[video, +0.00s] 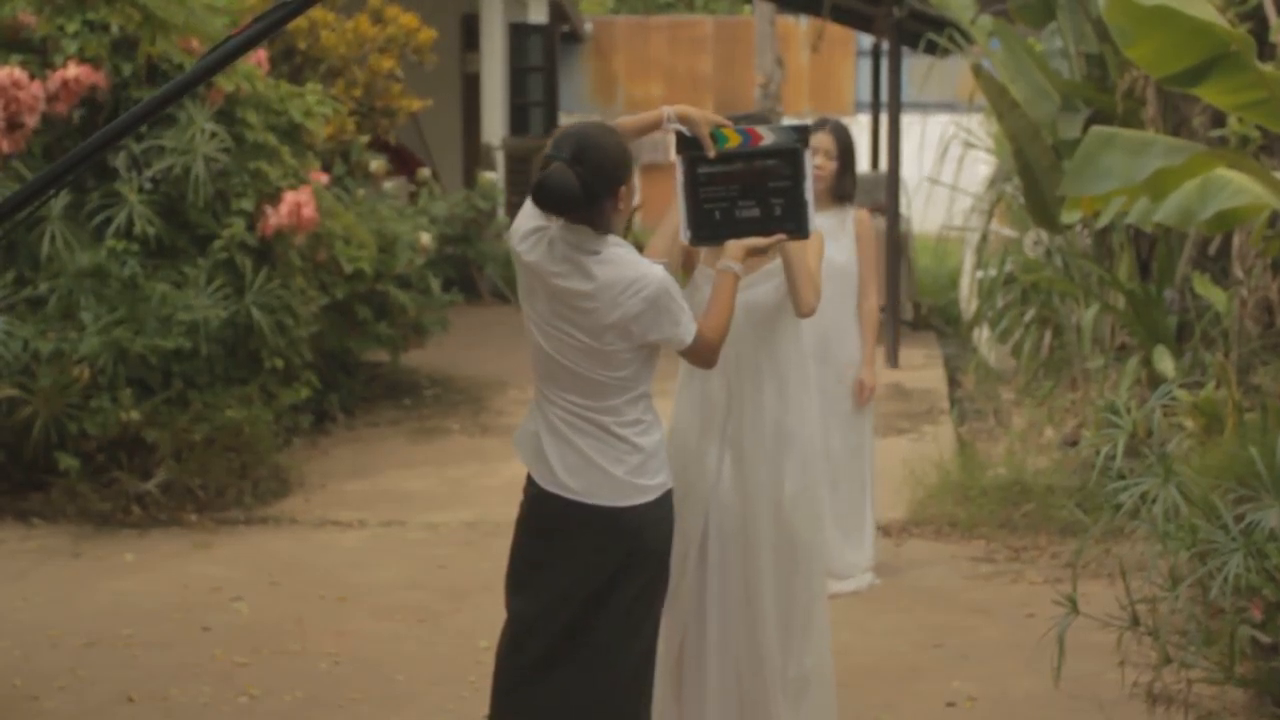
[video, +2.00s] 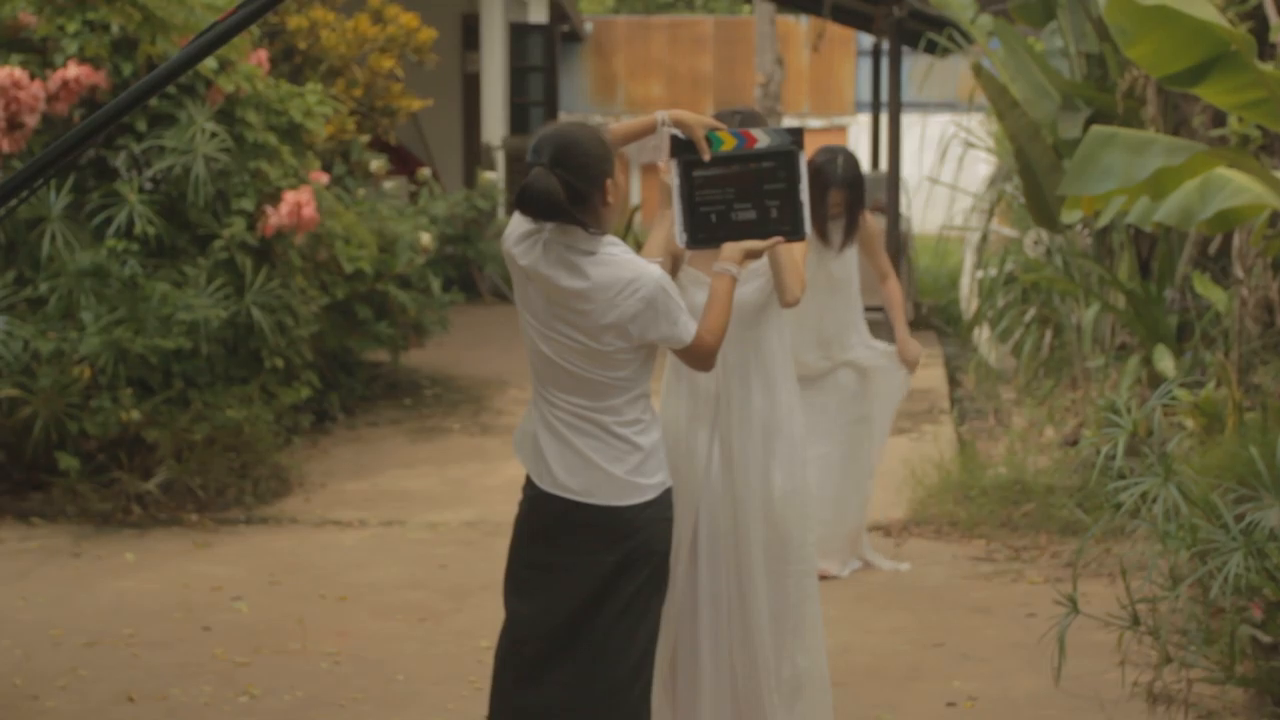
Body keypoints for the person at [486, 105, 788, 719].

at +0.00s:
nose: (636, 185)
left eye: (631, 175)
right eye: (632, 177)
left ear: (557, 182)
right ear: (621, 197)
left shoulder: (530, 241)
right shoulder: (639, 280)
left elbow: (567, 152)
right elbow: (703, 350)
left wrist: (663, 116)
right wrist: (730, 264)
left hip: (553, 489)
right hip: (632, 496)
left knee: (529, 651)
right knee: (619, 662)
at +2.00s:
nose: (625, 181)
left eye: (619, 170)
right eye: (620, 172)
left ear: (548, 181)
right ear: (608, 188)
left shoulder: (523, 243)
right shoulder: (635, 281)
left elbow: (563, 155)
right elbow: (701, 352)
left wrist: (659, 121)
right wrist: (727, 266)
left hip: (551, 488)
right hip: (629, 496)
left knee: (526, 654)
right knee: (618, 666)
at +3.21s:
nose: (631, 177)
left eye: (628, 166)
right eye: (625, 169)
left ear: (553, 181)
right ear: (607, 188)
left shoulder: (522, 242)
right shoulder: (638, 277)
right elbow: (702, 353)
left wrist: (640, 150)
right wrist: (733, 269)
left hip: (548, 488)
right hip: (626, 496)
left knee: (526, 655)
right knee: (616, 666)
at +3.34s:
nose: (632, 180)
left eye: (631, 168)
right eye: (625, 171)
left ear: (552, 179)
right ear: (602, 190)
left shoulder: (516, 242)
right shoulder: (631, 274)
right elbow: (698, 351)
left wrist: (654, 187)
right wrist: (726, 266)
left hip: (545, 488)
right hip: (623, 495)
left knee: (530, 662)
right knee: (615, 668)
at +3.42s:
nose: (632, 180)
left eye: (633, 168)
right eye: (624, 171)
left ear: (553, 181)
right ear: (591, 187)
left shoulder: (510, 237)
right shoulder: (621, 270)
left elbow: (557, 198)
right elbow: (688, 355)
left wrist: (631, 156)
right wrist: (722, 274)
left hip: (541, 485)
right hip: (618, 492)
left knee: (535, 660)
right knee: (616, 663)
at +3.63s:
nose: (622, 203)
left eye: (623, 187)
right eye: (609, 190)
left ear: (555, 192)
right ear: (559, 195)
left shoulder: (510, 230)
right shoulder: (584, 266)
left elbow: (598, 246)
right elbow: (648, 379)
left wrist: (636, 209)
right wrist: (704, 307)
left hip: (514, 477)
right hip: (573, 487)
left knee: (548, 652)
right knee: (616, 661)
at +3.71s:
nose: (618, 205)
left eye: (621, 189)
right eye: (603, 192)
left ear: (549, 198)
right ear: (553, 196)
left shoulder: (520, 236)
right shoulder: (571, 264)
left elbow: (559, 320)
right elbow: (619, 392)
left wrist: (627, 270)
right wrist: (691, 331)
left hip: (508, 478)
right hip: (551, 488)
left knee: (540, 664)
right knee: (589, 666)